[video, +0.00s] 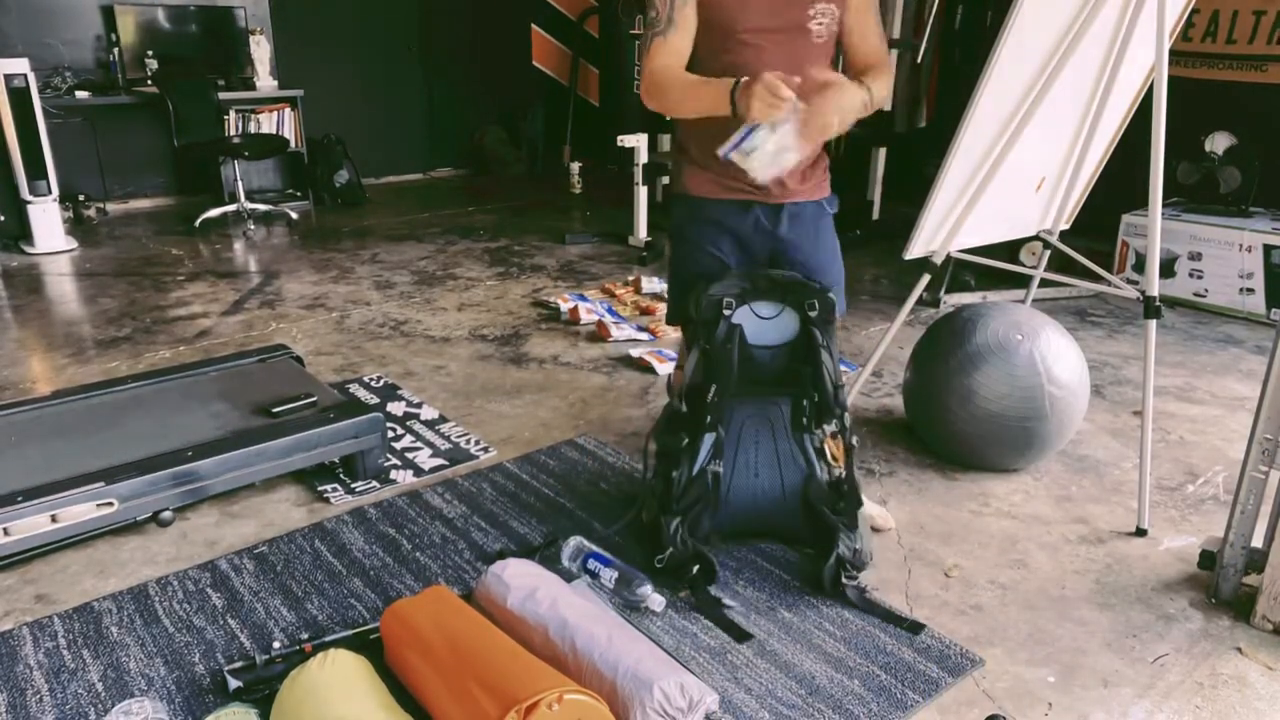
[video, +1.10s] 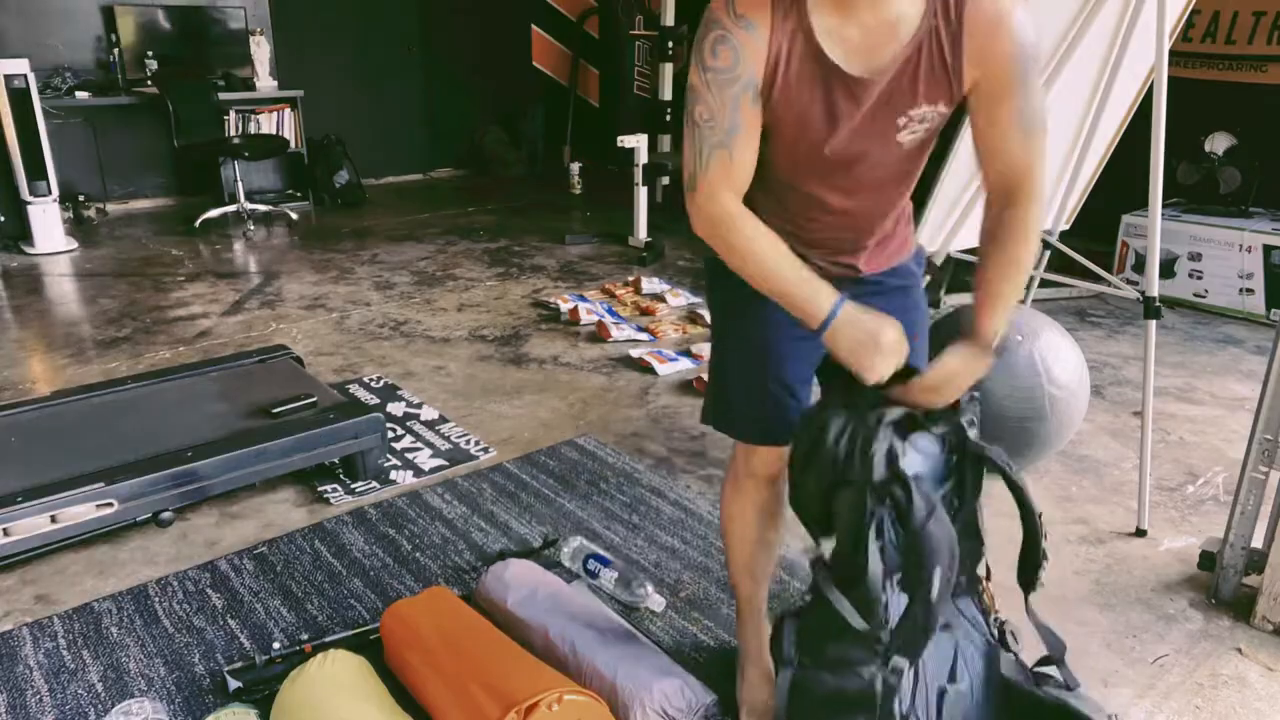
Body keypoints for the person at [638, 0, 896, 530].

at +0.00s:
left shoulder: (846, 4)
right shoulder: (685, 4)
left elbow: (877, 70)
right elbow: (657, 84)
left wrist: (852, 100)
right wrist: (735, 94)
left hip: (806, 205)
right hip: (712, 203)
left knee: (816, 366)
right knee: (708, 368)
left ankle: (827, 490)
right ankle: (699, 494)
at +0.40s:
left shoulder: (852, 3)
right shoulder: (683, 5)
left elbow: (871, 77)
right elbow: (658, 93)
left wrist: (817, 140)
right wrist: (714, 133)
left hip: (812, 211)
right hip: (712, 208)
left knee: (818, 367)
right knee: (710, 370)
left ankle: (828, 492)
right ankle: (701, 496)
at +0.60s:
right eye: (894, 279)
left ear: (961, 265)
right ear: (873, 235)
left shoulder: (982, 274)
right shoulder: (811, 189)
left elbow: (1002, 435)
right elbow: (730, 134)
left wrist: (980, 572)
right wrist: (745, 246)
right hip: (817, 256)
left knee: (923, 406)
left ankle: (893, 544)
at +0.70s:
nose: (771, 88)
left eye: (784, 74)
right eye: (755, 77)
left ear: (821, 24)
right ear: (730, 28)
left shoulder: (871, 69)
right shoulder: (724, 36)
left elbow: (863, 238)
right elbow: (691, 127)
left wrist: (771, 267)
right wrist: (725, 205)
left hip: (870, 217)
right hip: (768, 207)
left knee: (883, 374)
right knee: (733, 351)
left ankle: (892, 545)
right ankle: (712, 503)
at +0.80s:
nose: (851, 190)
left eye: (875, 173)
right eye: (835, 170)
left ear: (934, 103)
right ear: (810, 99)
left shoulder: (987, 114)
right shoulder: (757, 134)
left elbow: (1046, 190)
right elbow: (683, 293)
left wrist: (988, 297)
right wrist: (792, 397)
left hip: (906, 262)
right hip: (785, 277)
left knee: (960, 439)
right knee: (768, 467)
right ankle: (761, 664)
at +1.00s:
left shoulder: (1039, 8)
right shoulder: (796, 12)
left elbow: (1045, 148)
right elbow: (769, 213)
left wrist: (1028, 298)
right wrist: (853, 358)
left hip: (946, 276)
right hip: (826, 282)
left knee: (935, 470)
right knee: (816, 481)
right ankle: (802, 658)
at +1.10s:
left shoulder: (977, 20)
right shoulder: (746, 18)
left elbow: (1014, 190)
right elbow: (712, 202)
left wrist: (980, 343)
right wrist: (832, 314)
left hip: (889, 262)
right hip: (767, 257)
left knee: (902, 454)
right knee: (762, 463)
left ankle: (887, 646)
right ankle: (754, 651)